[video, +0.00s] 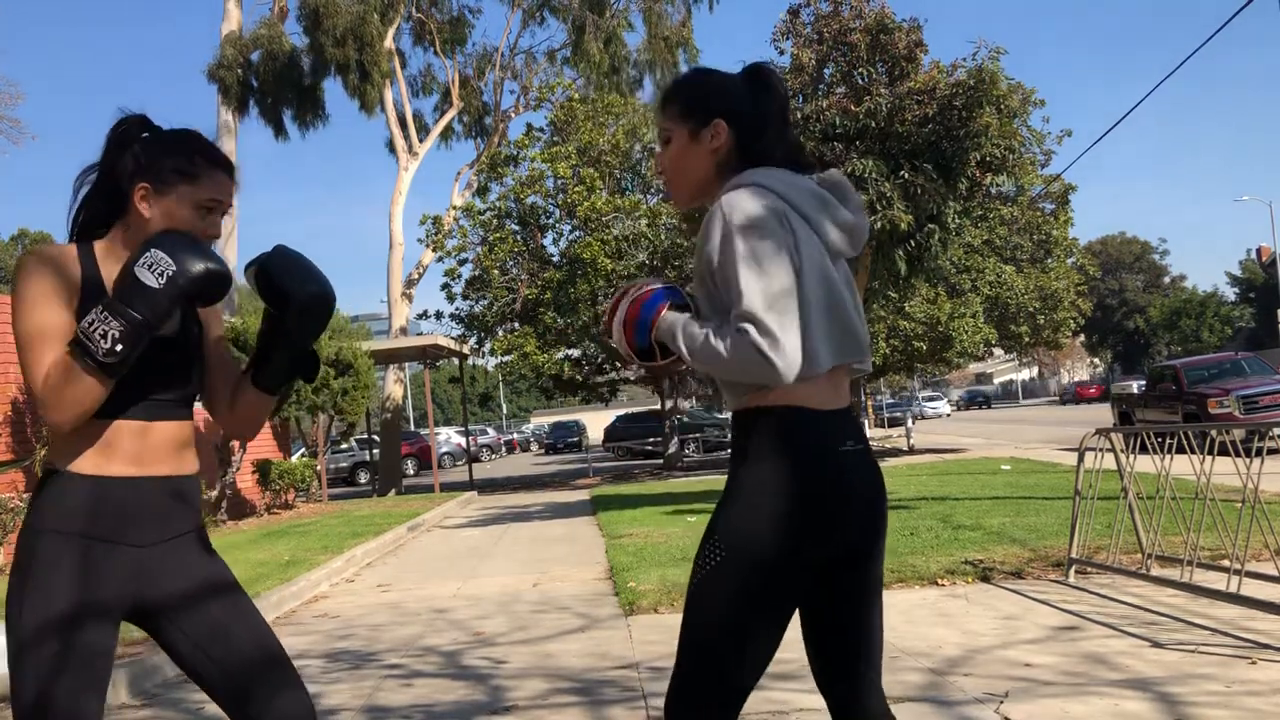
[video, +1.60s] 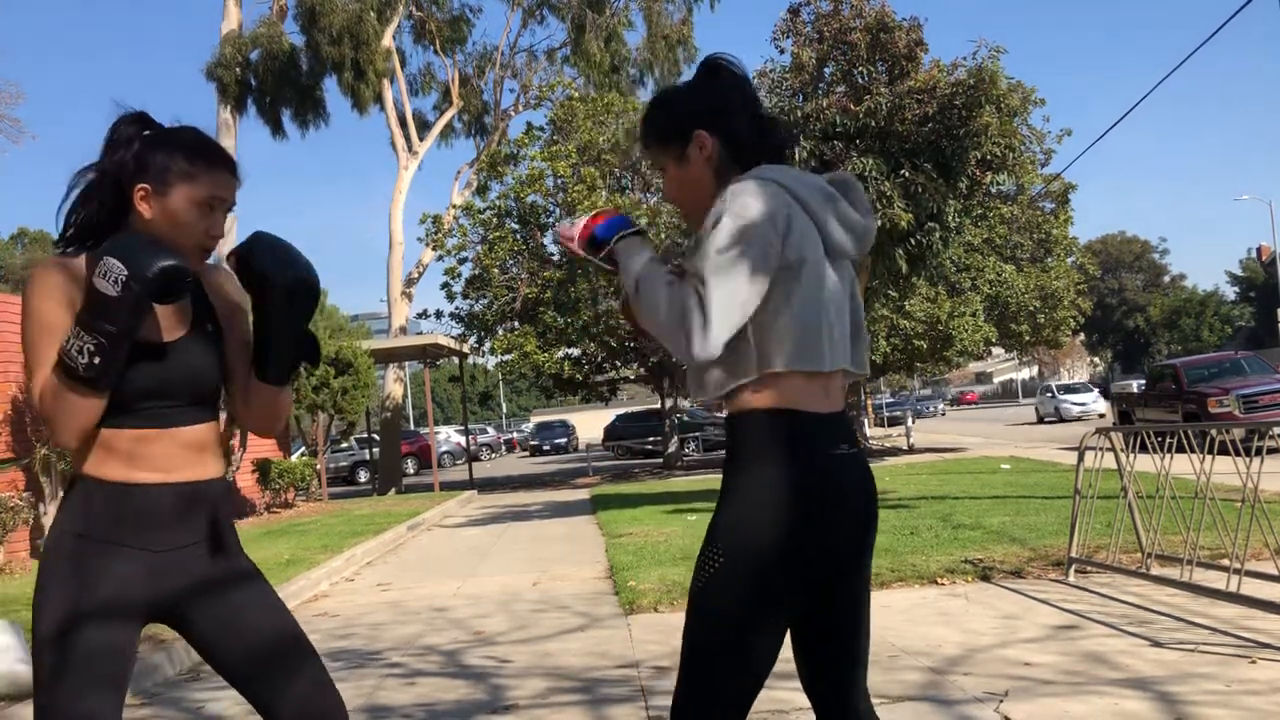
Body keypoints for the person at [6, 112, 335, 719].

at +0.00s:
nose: (218, 231)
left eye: (224, 216)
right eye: (206, 211)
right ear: (145, 199)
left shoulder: (198, 295)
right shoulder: (51, 269)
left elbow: (237, 419)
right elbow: (59, 408)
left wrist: (287, 339)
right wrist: (131, 310)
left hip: (178, 539)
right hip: (73, 540)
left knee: (286, 707)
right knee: (55, 709)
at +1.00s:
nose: (204, 227)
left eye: (206, 211)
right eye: (190, 207)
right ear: (127, 205)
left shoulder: (193, 297)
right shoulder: (41, 277)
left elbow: (252, 425)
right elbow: (49, 422)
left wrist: (276, 340)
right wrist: (108, 317)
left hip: (190, 541)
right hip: (82, 546)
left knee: (323, 697)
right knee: (70, 709)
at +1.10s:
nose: (211, 204)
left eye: (212, 188)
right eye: (195, 186)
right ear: (131, 188)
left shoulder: (220, 267)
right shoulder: (62, 271)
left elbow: (342, 322)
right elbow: (48, 421)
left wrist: (351, 255)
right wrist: (90, 312)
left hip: (208, 529)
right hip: (99, 533)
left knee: (313, 706)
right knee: (79, 711)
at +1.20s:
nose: (226, 209)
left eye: (230, 192)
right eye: (211, 191)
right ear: (145, 190)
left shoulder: (246, 250)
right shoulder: (82, 275)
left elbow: (379, 229)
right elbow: (87, 426)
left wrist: (460, 165)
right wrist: (110, 318)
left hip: (221, 533)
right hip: (113, 531)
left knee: (314, 703)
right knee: (82, 707)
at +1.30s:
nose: (231, 217)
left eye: (236, 201)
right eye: (217, 199)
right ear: (152, 194)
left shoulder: (246, 254)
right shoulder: (83, 277)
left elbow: (378, 253)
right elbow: (93, 429)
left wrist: (434, 186)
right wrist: (120, 323)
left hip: (225, 535)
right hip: (116, 533)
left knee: (326, 707)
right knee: (80, 711)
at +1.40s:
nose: (229, 225)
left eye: (234, 208)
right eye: (216, 206)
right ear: (151, 199)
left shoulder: (232, 273)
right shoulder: (74, 279)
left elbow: (339, 360)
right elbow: (76, 436)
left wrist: (360, 274)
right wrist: (112, 327)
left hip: (224, 536)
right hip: (115, 537)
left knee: (330, 707)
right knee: (83, 711)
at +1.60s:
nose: (222, 227)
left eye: (228, 211)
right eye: (210, 207)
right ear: (145, 199)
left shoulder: (218, 287)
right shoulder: (59, 281)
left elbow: (266, 419)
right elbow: (65, 430)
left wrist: (284, 318)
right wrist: (107, 321)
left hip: (208, 540)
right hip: (101, 541)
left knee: (318, 708)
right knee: (75, 710)